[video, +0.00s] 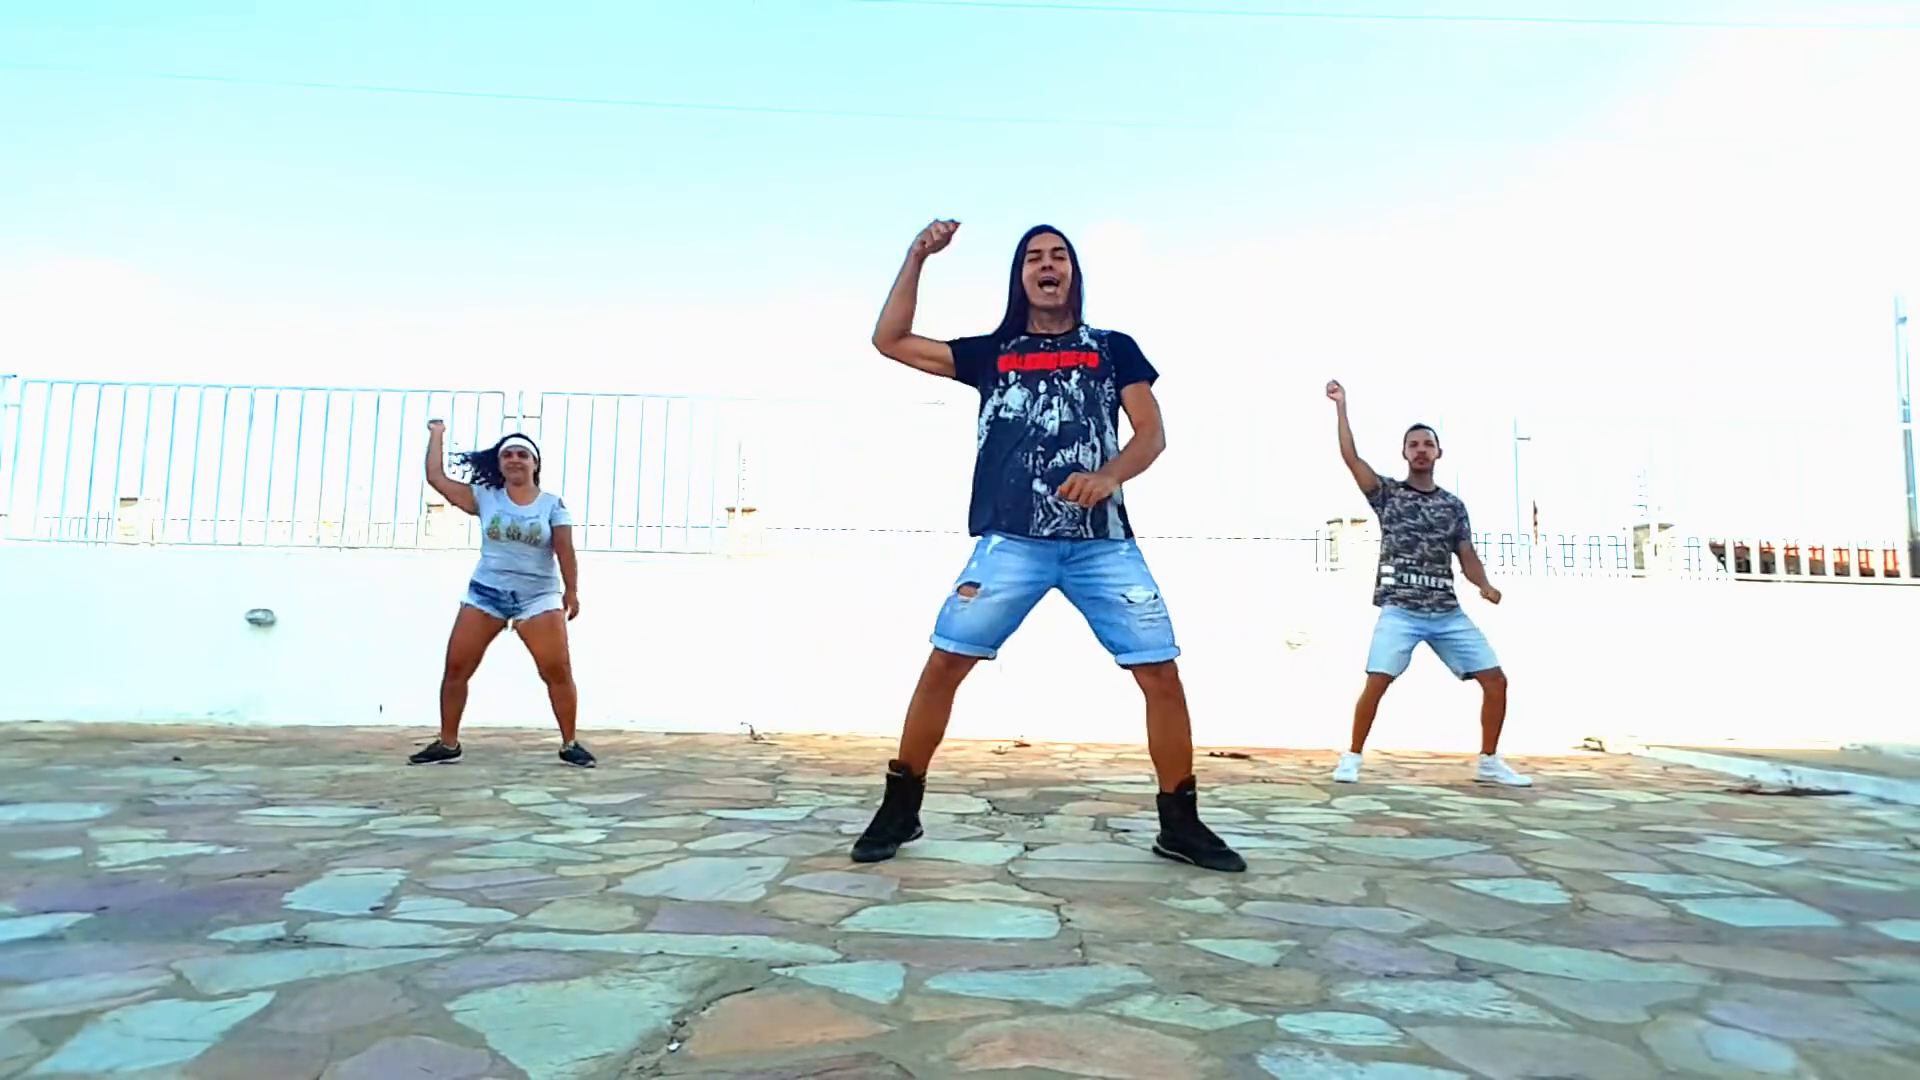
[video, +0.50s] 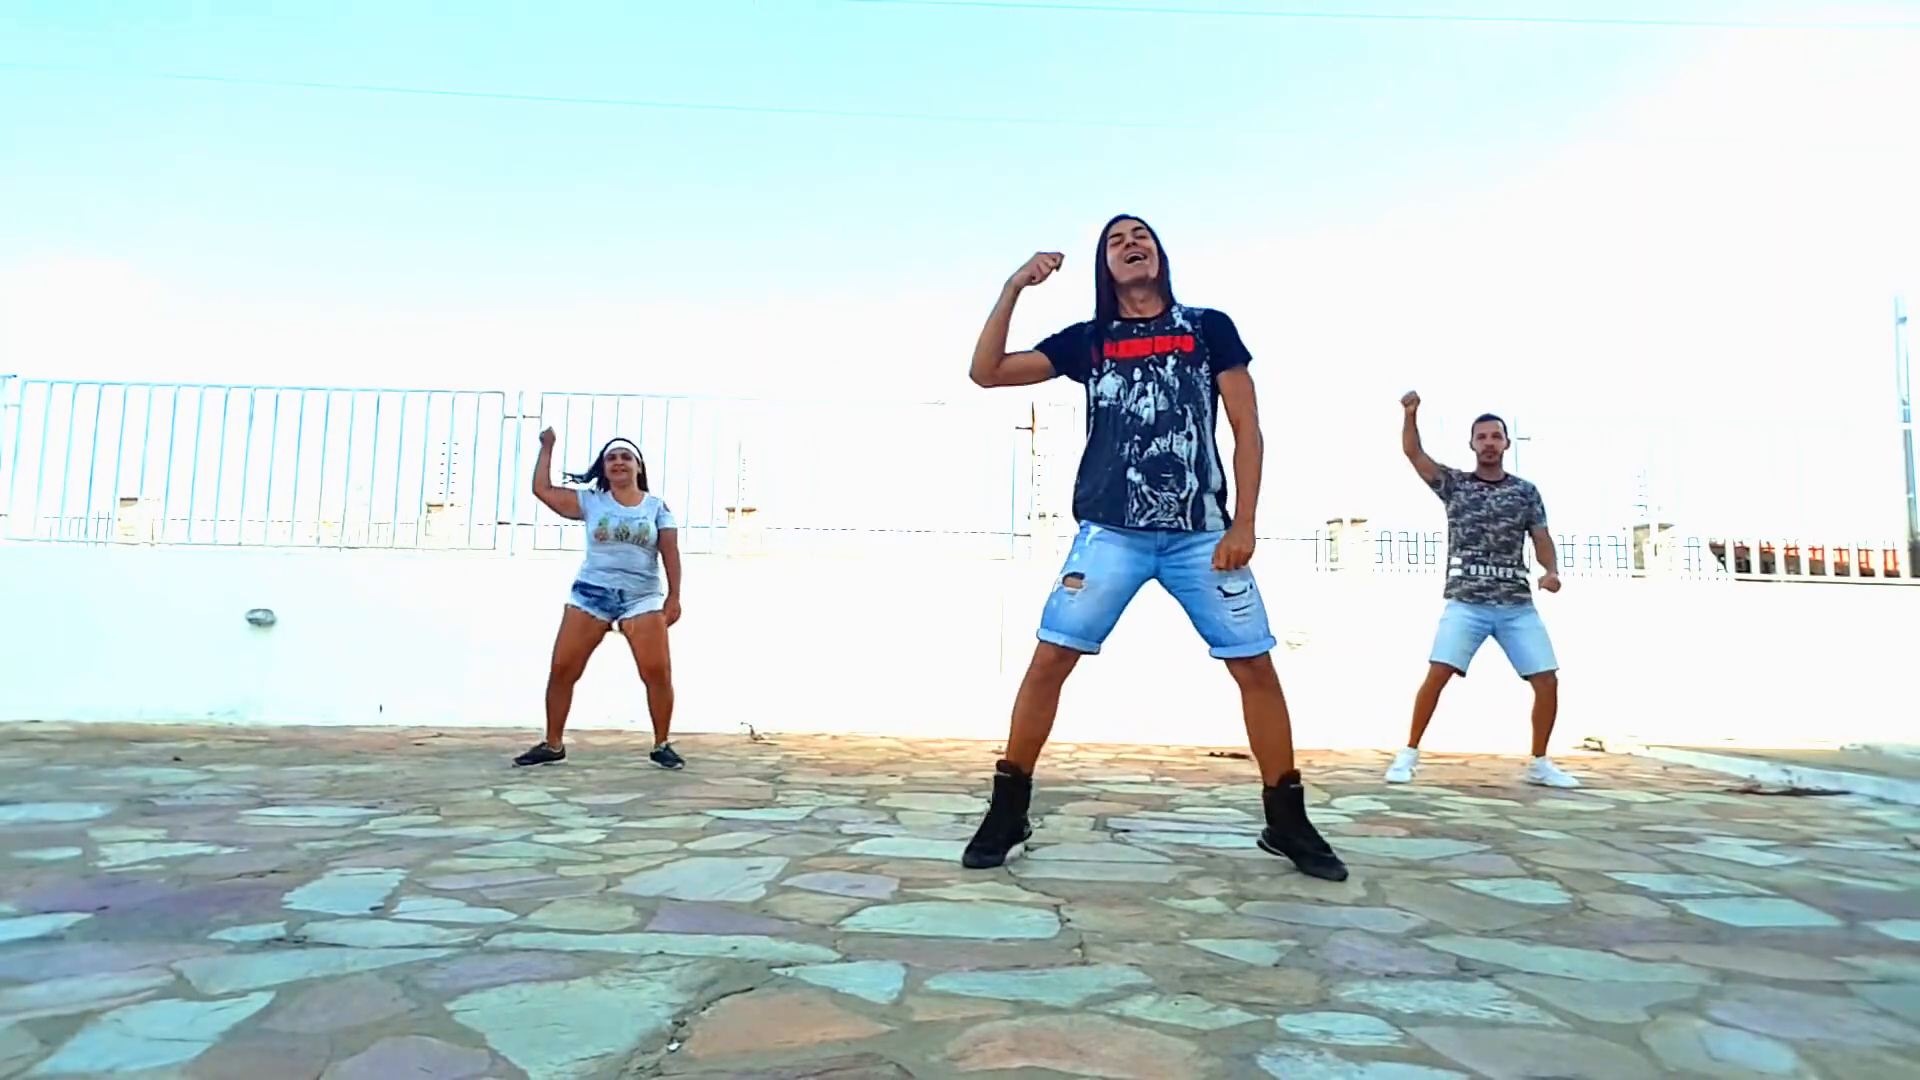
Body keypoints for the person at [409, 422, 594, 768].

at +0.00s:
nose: (515, 458)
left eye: (522, 453)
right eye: (508, 453)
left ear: (535, 464)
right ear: (498, 463)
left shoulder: (551, 505)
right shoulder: (484, 497)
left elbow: (565, 551)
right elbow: (436, 477)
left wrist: (571, 590)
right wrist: (436, 435)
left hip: (538, 596)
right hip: (486, 592)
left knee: (558, 671)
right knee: (456, 667)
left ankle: (570, 744)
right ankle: (448, 743)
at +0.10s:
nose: (536, 449)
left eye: (544, 444)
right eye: (529, 446)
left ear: (557, 454)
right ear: (521, 456)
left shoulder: (577, 490)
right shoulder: (511, 489)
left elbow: (598, 534)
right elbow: (462, 471)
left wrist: (598, 574)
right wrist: (452, 431)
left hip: (567, 583)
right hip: (516, 581)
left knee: (573, 664)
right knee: (482, 656)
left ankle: (574, 739)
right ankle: (464, 732)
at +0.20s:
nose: (558, 436)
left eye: (565, 431)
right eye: (551, 432)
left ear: (577, 440)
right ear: (541, 442)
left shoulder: (593, 474)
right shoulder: (529, 472)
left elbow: (614, 520)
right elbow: (481, 461)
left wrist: (624, 565)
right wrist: (492, 420)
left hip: (586, 569)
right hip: (537, 566)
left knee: (590, 650)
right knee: (513, 646)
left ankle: (588, 729)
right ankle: (512, 723)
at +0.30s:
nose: (580, 440)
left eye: (587, 435)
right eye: (572, 436)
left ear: (599, 445)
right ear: (560, 447)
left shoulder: (615, 482)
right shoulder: (549, 478)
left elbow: (630, 529)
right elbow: (503, 463)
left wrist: (641, 576)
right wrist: (518, 425)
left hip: (603, 572)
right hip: (554, 571)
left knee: (617, 651)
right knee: (540, 654)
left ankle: (630, 731)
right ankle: (543, 736)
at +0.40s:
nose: (601, 460)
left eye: (608, 455)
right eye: (593, 455)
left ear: (620, 464)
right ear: (583, 467)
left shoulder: (635, 505)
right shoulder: (572, 497)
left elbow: (647, 551)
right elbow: (528, 481)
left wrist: (655, 594)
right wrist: (526, 440)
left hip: (622, 596)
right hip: (572, 594)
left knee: (645, 671)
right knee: (549, 670)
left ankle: (660, 744)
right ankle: (551, 745)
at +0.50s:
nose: (618, 461)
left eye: (626, 456)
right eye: (611, 457)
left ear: (638, 467)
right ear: (603, 468)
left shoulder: (656, 508)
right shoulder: (589, 500)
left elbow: (670, 555)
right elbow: (542, 488)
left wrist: (673, 597)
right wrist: (546, 448)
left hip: (642, 597)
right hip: (591, 594)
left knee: (657, 671)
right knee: (562, 669)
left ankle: (661, 745)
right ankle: (553, 744)